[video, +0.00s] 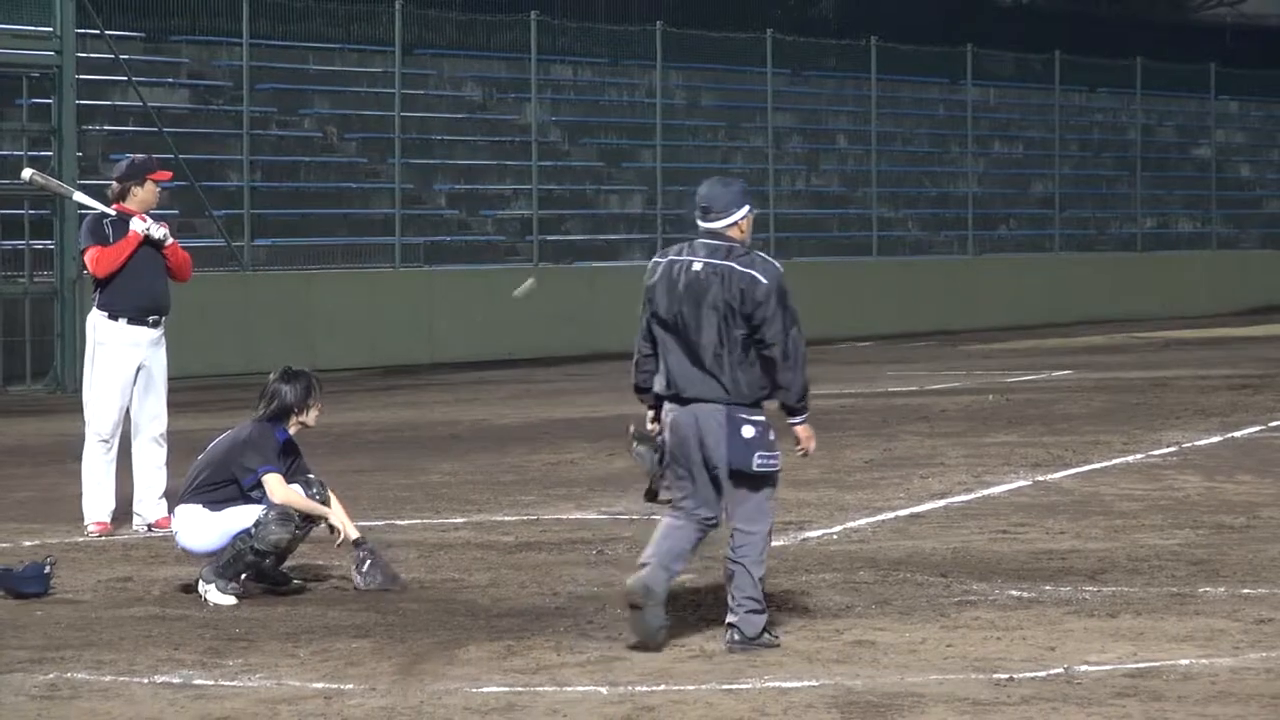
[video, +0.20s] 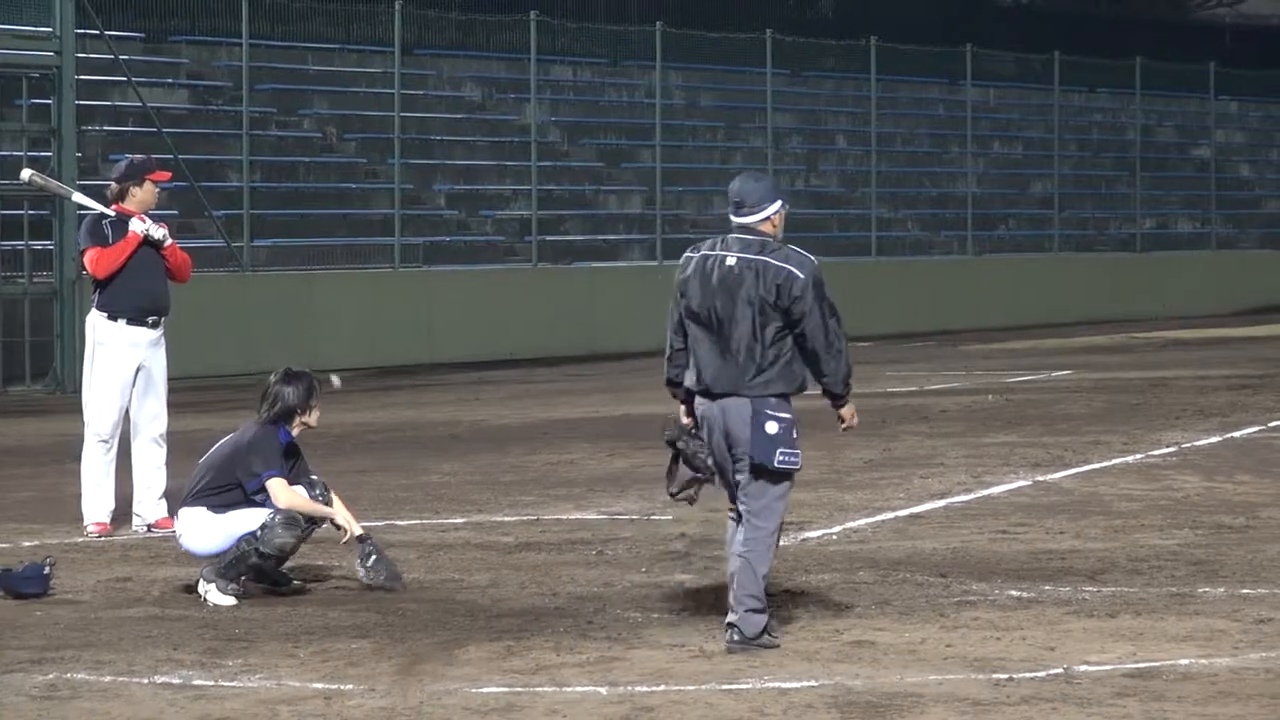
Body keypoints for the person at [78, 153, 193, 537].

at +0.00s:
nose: (159, 191)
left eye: (158, 185)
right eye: (153, 184)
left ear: (137, 188)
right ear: (132, 187)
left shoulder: (155, 227)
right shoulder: (99, 221)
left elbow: (184, 272)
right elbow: (99, 266)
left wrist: (166, 241)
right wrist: (136, 235)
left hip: (153, 335)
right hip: (113, 333)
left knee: (152, 428)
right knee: (103, 429)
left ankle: (151, 512)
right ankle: (98, 517)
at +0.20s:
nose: (158, 192)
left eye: (158, 186)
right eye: (153, 185)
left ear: (137, 189)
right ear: (131, 188)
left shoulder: (154, 228)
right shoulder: (98, 222)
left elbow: (183, 273)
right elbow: (99, 267)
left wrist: (166, 242)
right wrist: (135, 236)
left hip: (153, 335)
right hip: (112, 334)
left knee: (152, 428)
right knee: (103, 429)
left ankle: (151, 513)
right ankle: (97, 517)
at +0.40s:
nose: (158, 190)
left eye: (157, 184)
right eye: (152, 184)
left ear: (137, 188)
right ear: (131, 187)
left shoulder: (154, 228)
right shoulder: (98, 221)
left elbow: (183, 272)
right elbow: (98, 266)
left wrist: (165, 242)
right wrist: (135, 235)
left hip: (153, 334)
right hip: (112, 333)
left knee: (152, 427)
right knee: (103, 428)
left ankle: (150, 512)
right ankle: (97, 516)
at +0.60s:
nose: (158, 192)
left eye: (157, 186)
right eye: (152, 185)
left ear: (137, 189)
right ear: (130, 188)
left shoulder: (153, 230)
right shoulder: (98, 222)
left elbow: (184, 273)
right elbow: (97, 268)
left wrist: (165, 243)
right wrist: (135, 236)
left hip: (153, 335)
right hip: (112, 334)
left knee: (152, 428)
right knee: (103, 429)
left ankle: (150, 512)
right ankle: (97, 517)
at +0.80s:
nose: (158, 191)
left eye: (158, 185)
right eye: (152, 185)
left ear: (138, 189)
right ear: (128, 187)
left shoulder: (155, 228)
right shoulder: (99, 221)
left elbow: (186, 272)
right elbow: (99, 266)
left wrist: (166, 241)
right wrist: (136, 235)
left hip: (154, 334)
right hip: (113, 333)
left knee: (153, 427)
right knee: (103, 428)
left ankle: (151, 511)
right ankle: (98, 516)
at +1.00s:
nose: (156, 192)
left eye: (157, 187)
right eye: (149, 186)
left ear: (148, 190)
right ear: (125, 187)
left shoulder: (156, 228)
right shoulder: (100, 222)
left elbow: (187, 271)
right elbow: (99, 267)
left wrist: (167, 242)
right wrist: (137, 236)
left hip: (155, 335)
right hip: (114, 333)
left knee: (153, 427)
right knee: (104, 428)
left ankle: (151, 513)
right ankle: (98, 517)